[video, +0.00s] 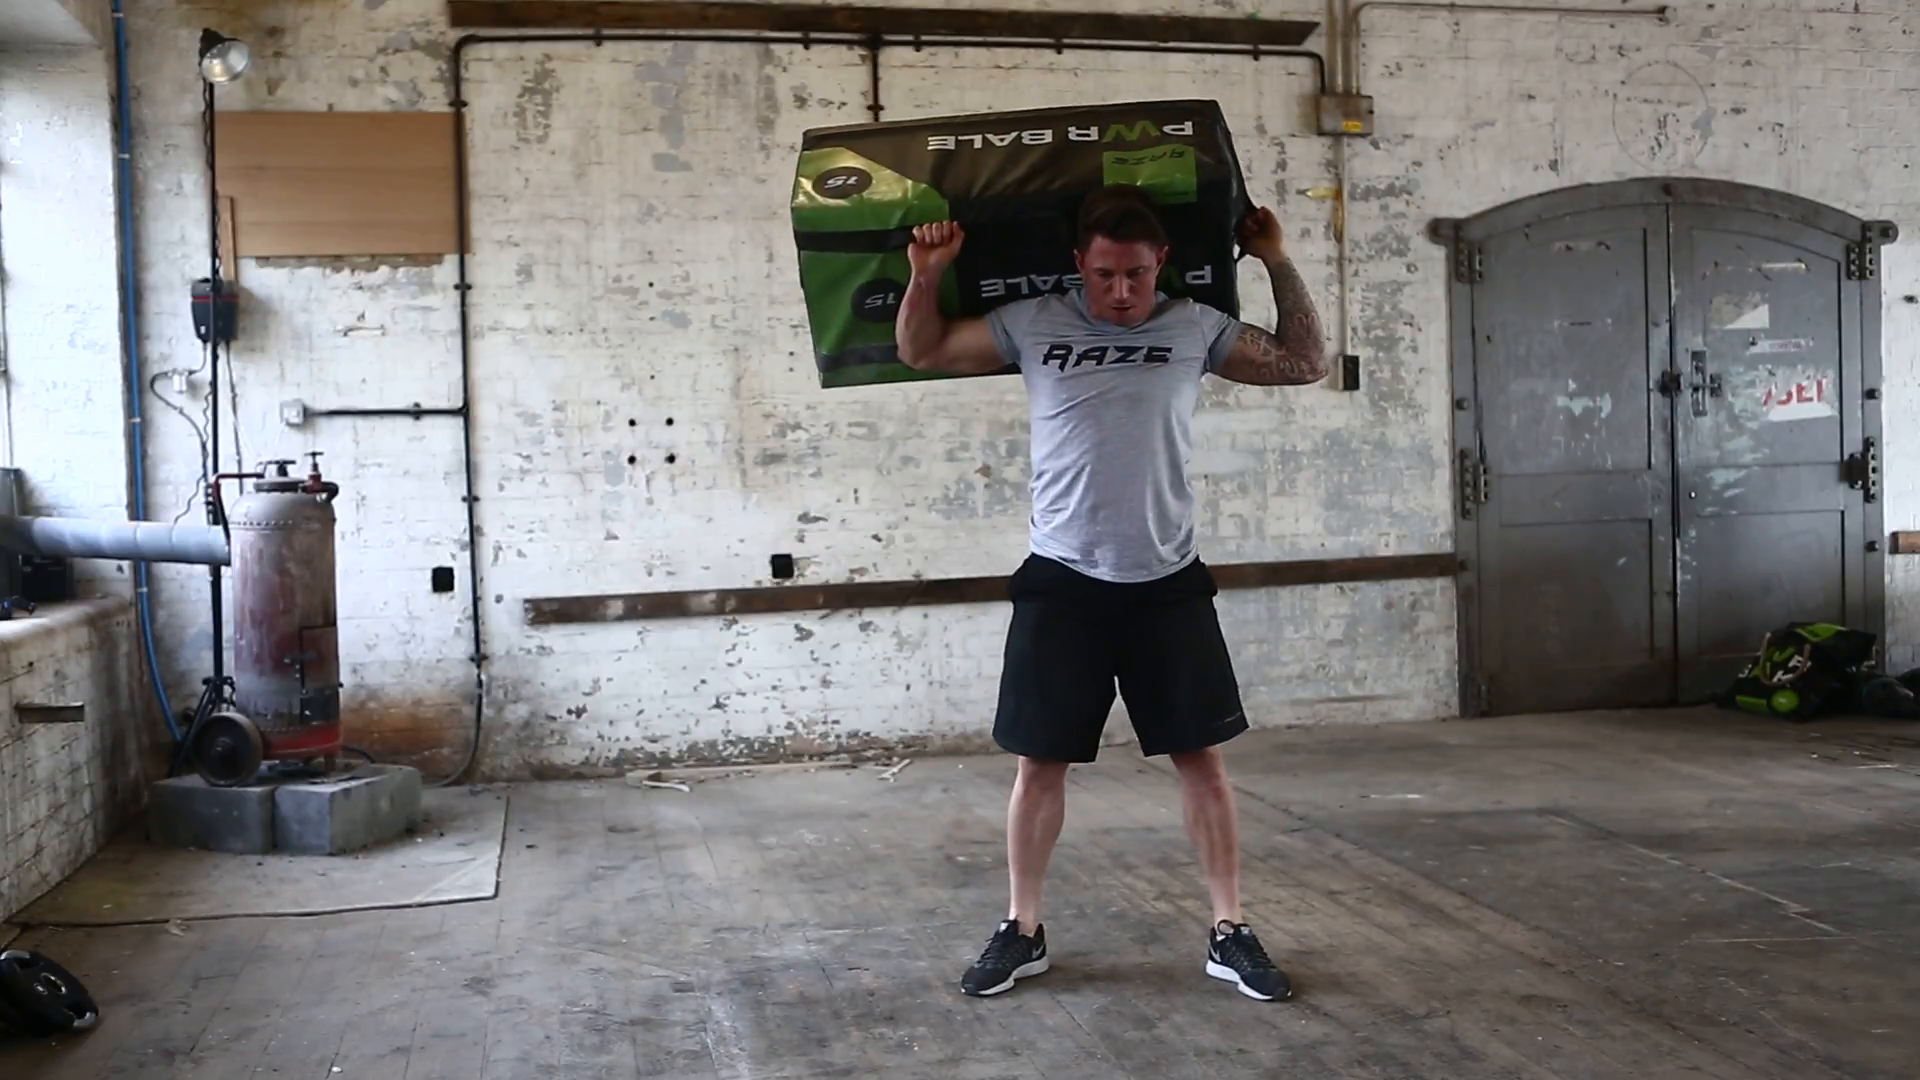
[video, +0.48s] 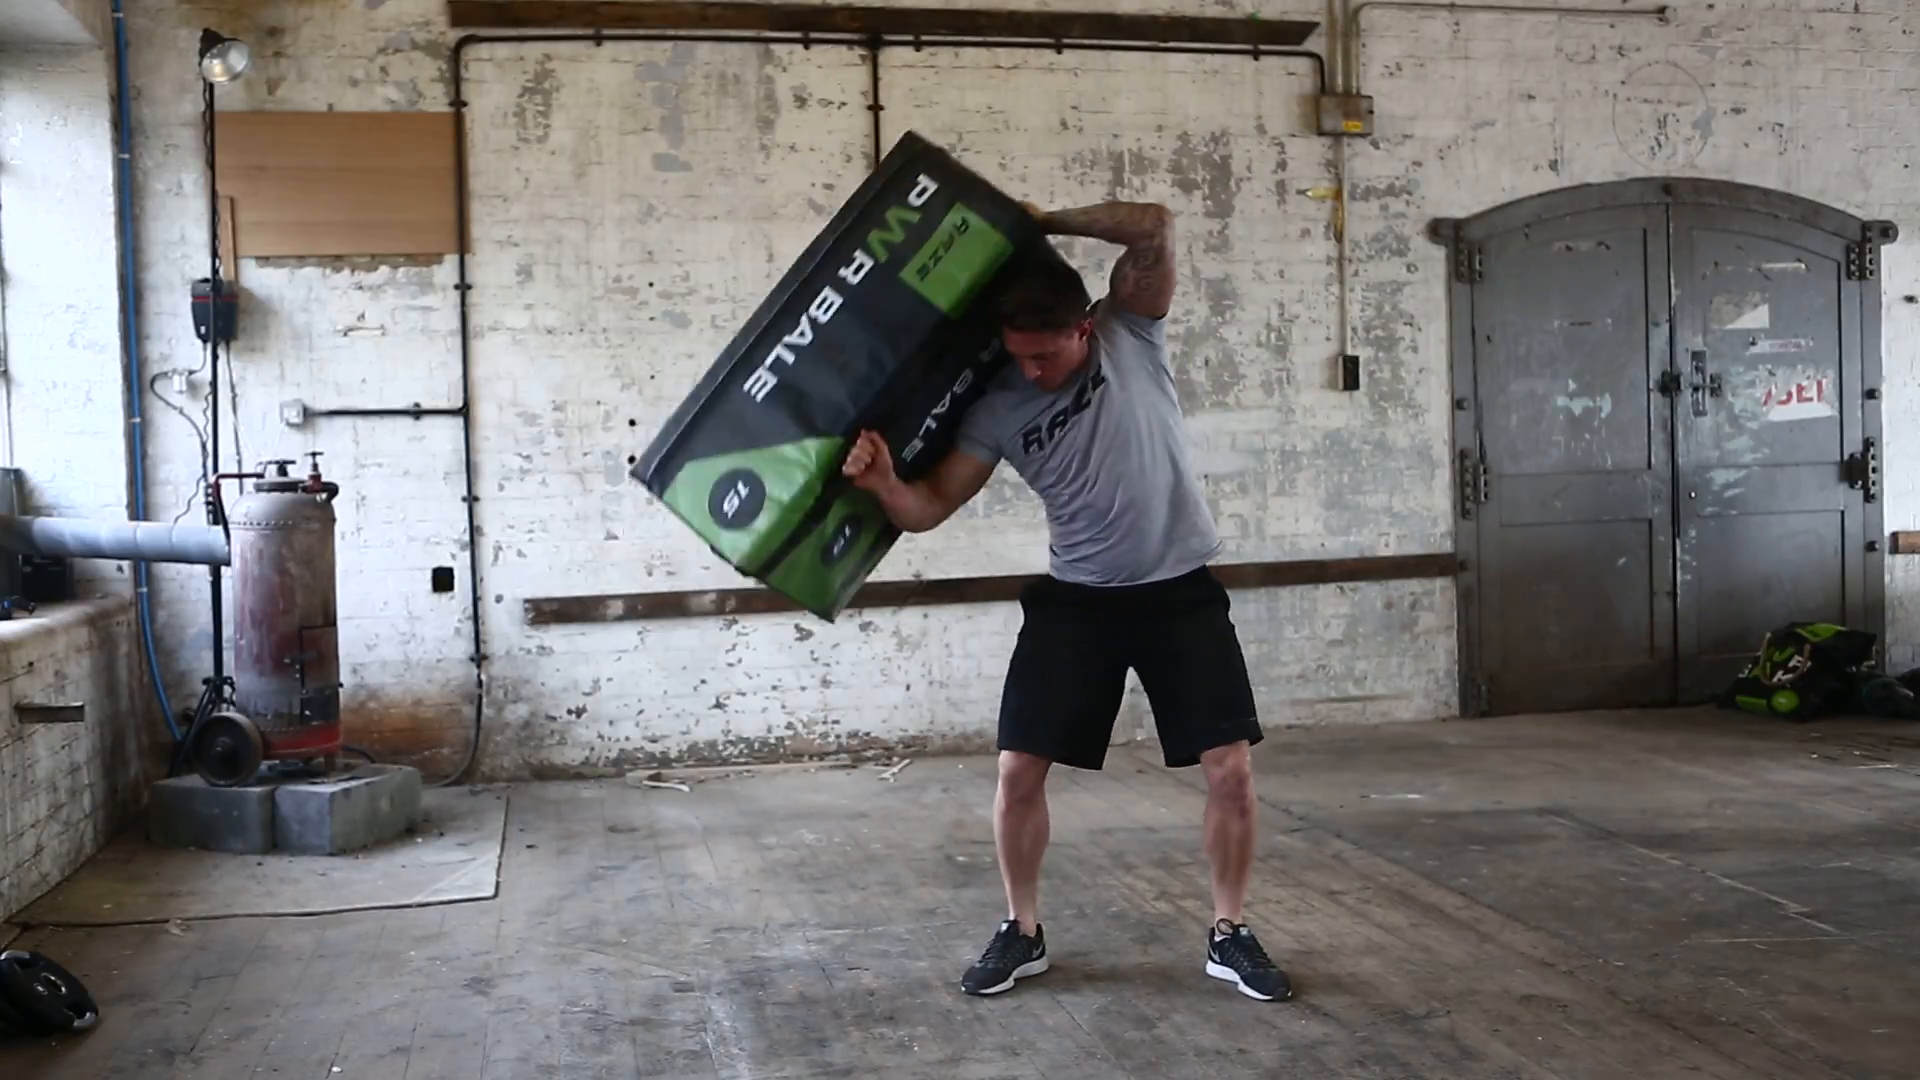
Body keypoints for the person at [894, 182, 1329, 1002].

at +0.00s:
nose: (1121, 291)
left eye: (1136, 275)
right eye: (1106, 275)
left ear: (1160, 268)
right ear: (1080, 266)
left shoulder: (1191, 327)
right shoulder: (1035, 324)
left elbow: (1305, 361)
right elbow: (922, 349)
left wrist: (1276, 258)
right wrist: (924, 275)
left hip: (1167, 582)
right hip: (1061, 582)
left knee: (1200, 759)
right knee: (1039, 766)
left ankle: (1230, 929)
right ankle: (1021, 927)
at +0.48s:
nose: (1033, 371)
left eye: (1046, 355)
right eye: (1019, 357)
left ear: (1080, 325)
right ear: (1003, 341)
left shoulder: (1130, 331)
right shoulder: (999, 410)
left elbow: (1154, 227)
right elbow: (928, 507)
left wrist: (1048, 221)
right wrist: (884, 481)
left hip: (1181, 591)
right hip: (1075, 600)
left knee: (1231, 766)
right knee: (1017, 772)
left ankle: (1230, 932)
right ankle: (1022, 930)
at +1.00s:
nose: (966, 671)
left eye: (964, 658)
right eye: (952, 669)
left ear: (976, 611)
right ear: (937, 660)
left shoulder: (1047, 568)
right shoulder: (952, 665)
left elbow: (969, 594)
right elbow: (937, 767)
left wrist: (856, 584)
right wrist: (895, 871)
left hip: (1156, 718)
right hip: (1056, 729)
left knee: (1217, 810)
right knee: (966, 800)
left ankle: (1219, 938)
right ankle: (1024, 934)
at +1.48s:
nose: (1001, 751)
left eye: (1007, 735)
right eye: (989, 747)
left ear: (1021, 691)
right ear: (949, 717)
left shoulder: (1060, 617)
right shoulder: (958, 712)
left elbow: (1018, 632)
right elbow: (938, 791)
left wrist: (937, 613)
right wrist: (912, 873)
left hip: (1154, 747)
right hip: (1058, 763)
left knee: (1220, 807)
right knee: (968, 815)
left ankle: (1218, 936)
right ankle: (1026, 935)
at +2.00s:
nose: (1059, 690)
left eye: (1061, 678)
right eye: (1040, 694)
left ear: (1073, 629)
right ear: (1002, 655)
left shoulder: (1097, 575)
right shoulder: (995, 651)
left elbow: (1149, 521)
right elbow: (971, 741)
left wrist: (1034, 541)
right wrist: (942, 809)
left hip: (1170, 731)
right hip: (1075, 737)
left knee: (1239, 807)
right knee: (977, 798)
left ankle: (1222, 935)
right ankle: (1023, 933)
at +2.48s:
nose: (1124, 400)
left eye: (1134, 386)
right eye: (1108, 388)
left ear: (1157, 351)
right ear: (1084, 360)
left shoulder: (1193, 345)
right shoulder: (1047, 391)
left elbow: (1303, 297)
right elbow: (949, 458)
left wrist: (1208, 257)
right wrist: (920, 450)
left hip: (1177, 600)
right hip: (1071, 602)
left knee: (1222, 775)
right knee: (1018, 779)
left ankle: (1227, 933)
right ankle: (1023, 930)